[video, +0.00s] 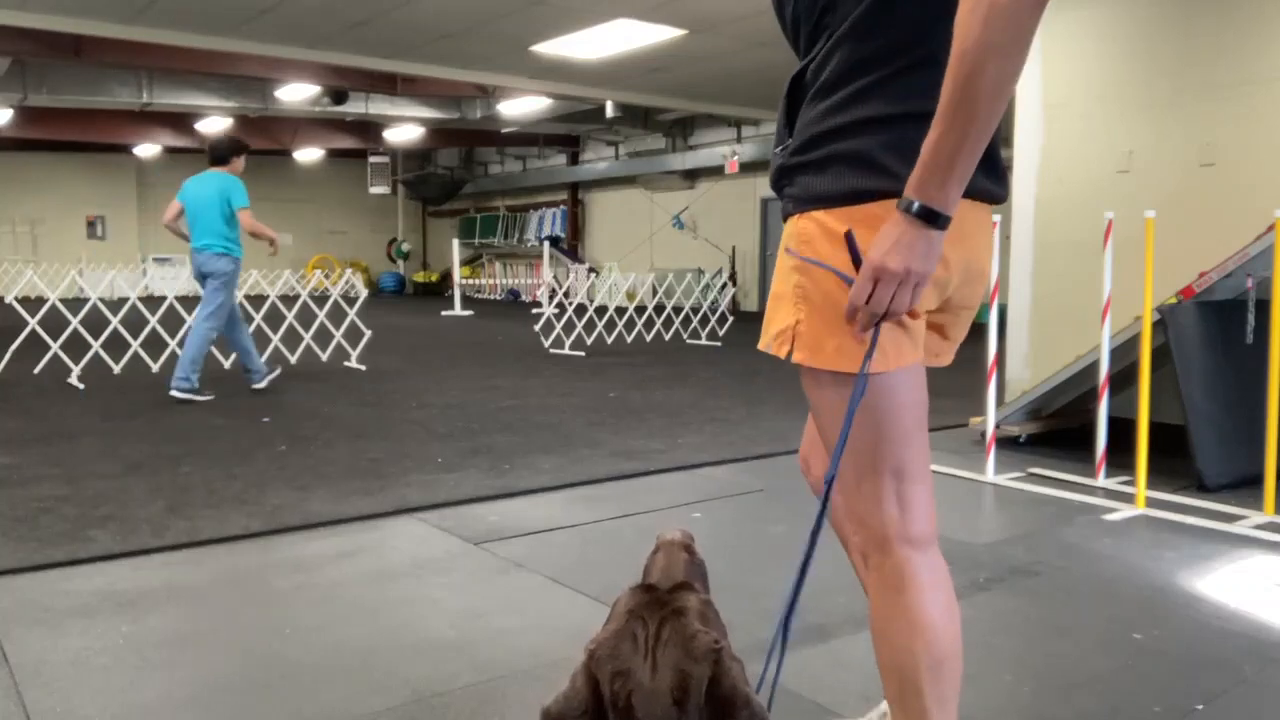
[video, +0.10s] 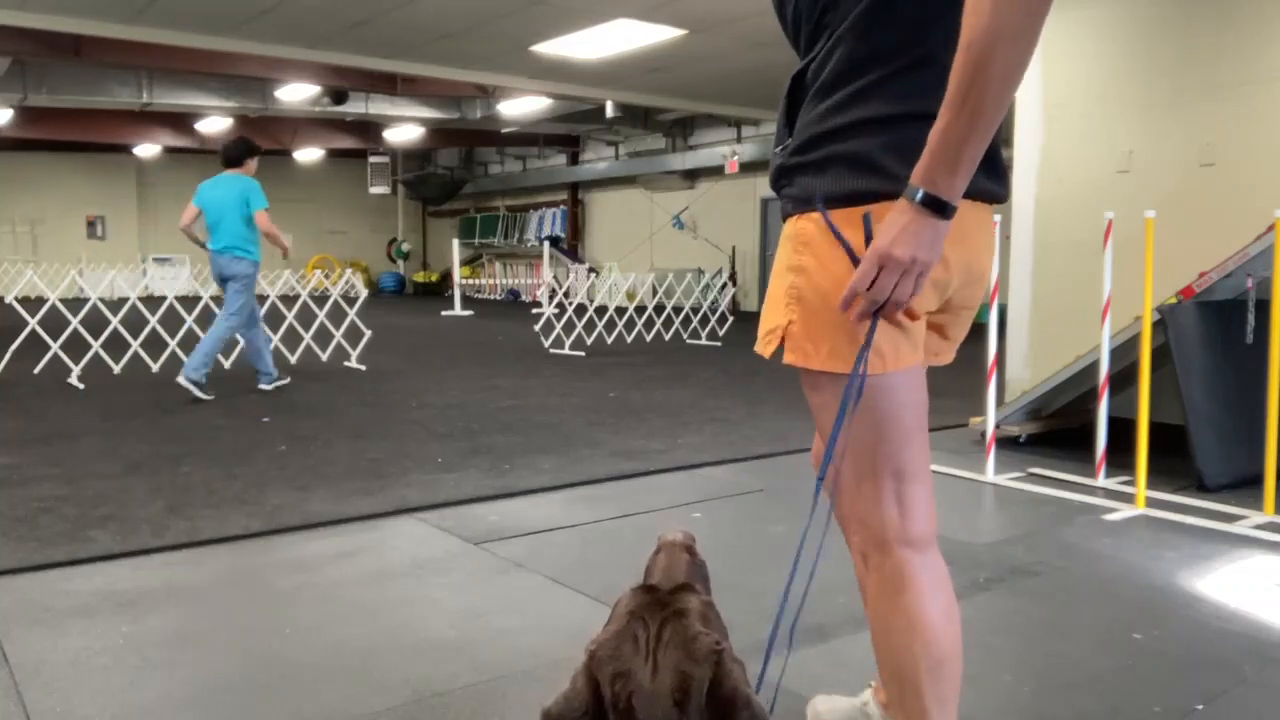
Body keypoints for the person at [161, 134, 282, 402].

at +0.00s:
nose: (244, 165)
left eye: (245, 160)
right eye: (243, 160)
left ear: (214, 159)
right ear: (232, 159)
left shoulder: (191, 182)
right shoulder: (232, 183)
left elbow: (169, 220)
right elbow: (249, 225)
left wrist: (191, 238)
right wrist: (272, 236)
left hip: (198, 258)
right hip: (223, 259)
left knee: (231, 319)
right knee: (208, 321)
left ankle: (258, 373)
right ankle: (183, 383)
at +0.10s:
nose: (257, 165)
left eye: (257, 161)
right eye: (255, 160)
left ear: (228, 161)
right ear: (246, 161)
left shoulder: (207, 186)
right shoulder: (250, 185)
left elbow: (185, 224)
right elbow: (265, 226)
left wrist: (202, 244)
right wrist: (284, 245)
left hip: (217, 261)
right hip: (243, 262)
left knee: (249, 318)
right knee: (230, 320)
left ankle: (268, 374)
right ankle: (193, 374)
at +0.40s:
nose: (295, 165)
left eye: (294, 161)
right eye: (294, 161)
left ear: (268, 161)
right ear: (287, 161)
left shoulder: (250, 184)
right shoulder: (288, 183)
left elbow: (242, 225)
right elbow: (291, 219)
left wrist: (259, 239)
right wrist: (304, 256)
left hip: (258, 253)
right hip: (282, 252)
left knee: (266, 315)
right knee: (309, 304)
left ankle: (268, 374)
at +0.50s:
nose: (310, 171)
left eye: (309, 166)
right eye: (308, 166)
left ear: (283, 165)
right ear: (301, 165)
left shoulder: (265, 188)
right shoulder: (300, 186)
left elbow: (260, 227)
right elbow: (298, 219)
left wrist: (273, 245)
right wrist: (308, 255)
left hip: (271, 254)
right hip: (294, 254)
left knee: (271, 315)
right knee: (319, 306)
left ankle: (269, 374)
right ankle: (333, 363)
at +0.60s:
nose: (324, 175)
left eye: (324, 170)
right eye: (322, 170)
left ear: (298, 169)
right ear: (316, 170)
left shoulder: (281, 192)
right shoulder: (314, 190)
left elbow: (281, 226)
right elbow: (310, 223)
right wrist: (316, 257)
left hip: (287, 257)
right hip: (311, 257)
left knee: (282, 312)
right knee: (331, 310)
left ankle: (270, 370)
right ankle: (346, 361)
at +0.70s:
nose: (337, 177)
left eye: (338, 173)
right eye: (337, 173)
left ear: (314, 170)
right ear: (330, 171)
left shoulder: (297, 192)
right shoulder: (327, 191)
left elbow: (298, 226)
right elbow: (323, 222)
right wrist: (329, 257)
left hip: (304, 256)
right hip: (328, 257)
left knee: (301, 312)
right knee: (345, 310)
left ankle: (277, 358)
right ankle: (348, 363)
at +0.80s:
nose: (348, 177)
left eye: (349, 172)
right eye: (348, 172)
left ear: (325, 169)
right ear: (341, 170)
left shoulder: (308, 191)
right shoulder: (338, 189)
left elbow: (310, 226)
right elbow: (336, 222)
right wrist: (349, 254)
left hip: (317, 256)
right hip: (338, 256)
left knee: (329, 309)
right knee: (352, 309)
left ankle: (296, 346)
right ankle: (348, 364)